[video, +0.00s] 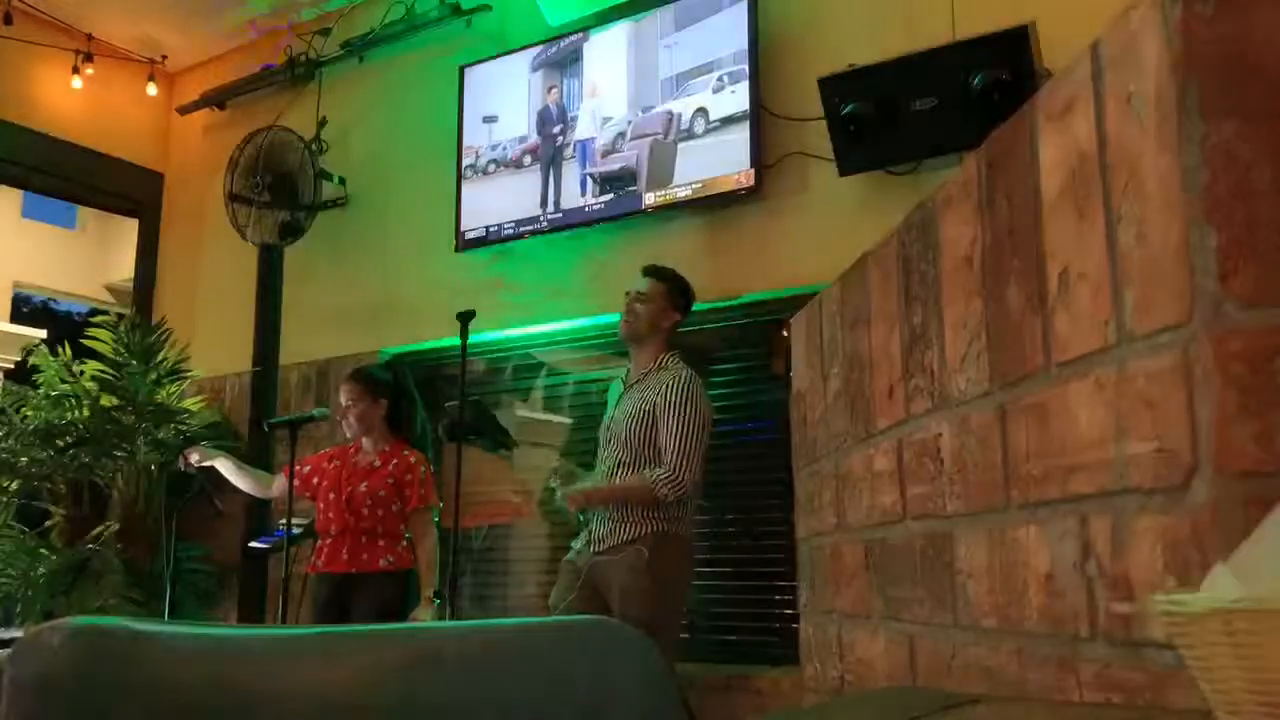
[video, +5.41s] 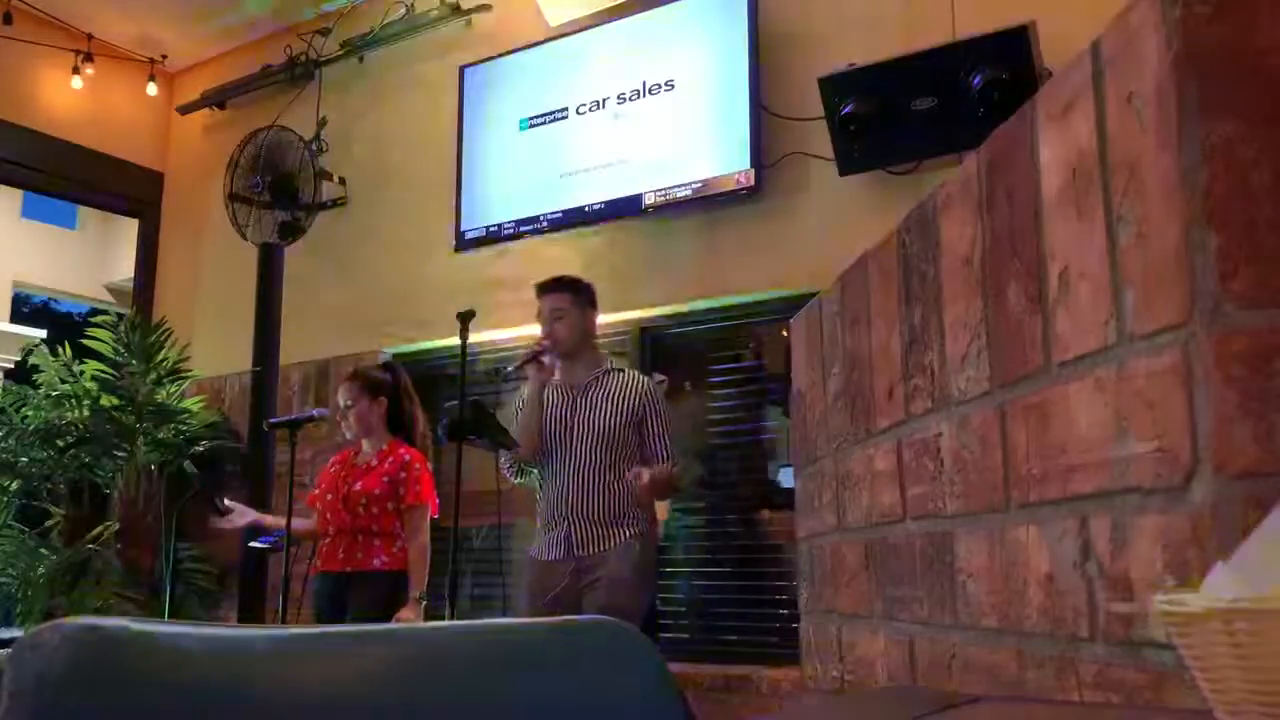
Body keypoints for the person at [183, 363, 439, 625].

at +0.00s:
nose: (342, 413)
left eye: (351, 404)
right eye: (341, 406)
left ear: (381, 406)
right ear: (339, 410)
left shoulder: (409, 463)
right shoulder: (328, 461)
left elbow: (424, 534)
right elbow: (268, 487)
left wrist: (428, 599)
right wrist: (216, 459)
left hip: (384, 583)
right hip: (330, 582)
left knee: (375, 675)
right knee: (326, 673)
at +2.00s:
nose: (348, 417)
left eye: (357, 408)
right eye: (347, 410)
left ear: (387, 408)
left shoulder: (413, 464)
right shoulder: (342, 463)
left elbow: (421, 539)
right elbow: (304, 517)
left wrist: (415, 601)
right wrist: (244, 492)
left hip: (385, 583)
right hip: (334, 582)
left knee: (371, 677)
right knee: (329, 675)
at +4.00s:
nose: (349, 416)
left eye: (357, 406)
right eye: (349, 408)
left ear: (386, 405)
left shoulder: (413, 461)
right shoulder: (355, 460)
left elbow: (419, 539)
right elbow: (333, 526)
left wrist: (411, 600)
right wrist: (278, 515)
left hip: (384, 581)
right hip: (341, 579)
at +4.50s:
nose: (343, 417)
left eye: (351, 407)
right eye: (342, 409)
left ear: (380, 408)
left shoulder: (408, 463)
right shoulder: (341, 464)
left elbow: (419, 537)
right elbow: (303, 518)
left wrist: (415, 601)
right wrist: (251, 481)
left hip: (383, 581)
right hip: (334, 580)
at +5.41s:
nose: (341, 416)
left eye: (349, 406)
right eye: (339, 409)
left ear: (380, 406)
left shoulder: (408, 462)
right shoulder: (338, 464)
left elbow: (418, 537)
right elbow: (318, 526)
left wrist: (415, 601)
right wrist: (256, 517)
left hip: (382, 581)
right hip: (331, 579)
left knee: (371, 677)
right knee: (330, 676)